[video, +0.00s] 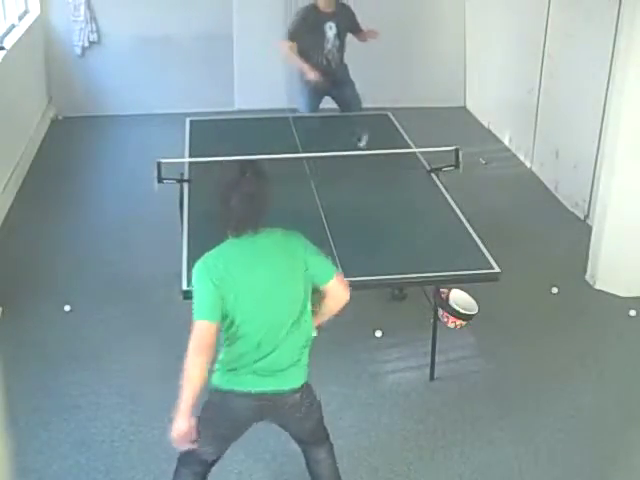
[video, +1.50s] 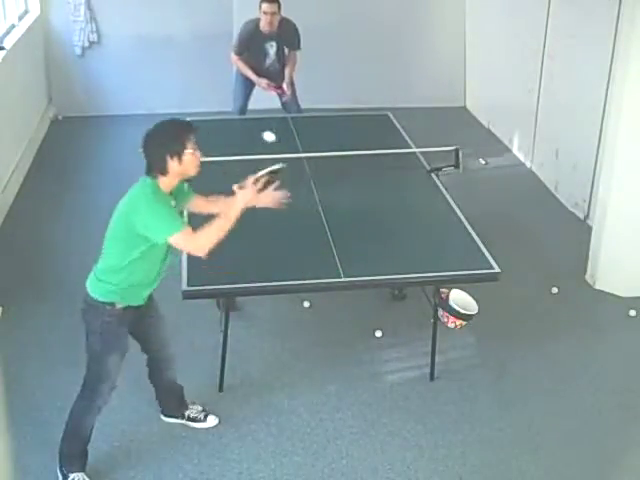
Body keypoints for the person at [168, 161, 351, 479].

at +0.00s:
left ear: (225, 207)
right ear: (264, 204)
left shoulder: (211, 266)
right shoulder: (295, 245)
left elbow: (202, 345)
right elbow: (340, 293)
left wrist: (184, 412)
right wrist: (310, 323)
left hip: (234, 399)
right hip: (292, 395)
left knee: (196, 461)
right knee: (318, 449)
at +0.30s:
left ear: (164, 232)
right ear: (208, 240)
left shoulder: (127, 281)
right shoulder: (222, 291)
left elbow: (83, 338)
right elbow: (232, 371)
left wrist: (73, 393)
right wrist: (244, 379)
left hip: (144, 430)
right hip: (205, 430)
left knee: (138, 474)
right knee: (246, 474)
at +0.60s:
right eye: (172, 264)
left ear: (122, 264)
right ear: (167, 276)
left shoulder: (83, 308)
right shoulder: (171, 342)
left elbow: (24, 368)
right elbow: (168, 431)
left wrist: (32, 405)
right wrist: (198, 414)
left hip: (55, 461)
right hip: (118, 470)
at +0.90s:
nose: (128, 288)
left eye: (127, 281)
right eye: (128, 282)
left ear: (73, 277)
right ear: (119, 295)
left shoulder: (33, 313)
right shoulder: (109, 360)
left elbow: (1, 354)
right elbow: (87, 448)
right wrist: (144, 449)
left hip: (8, 457)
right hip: (58, 471)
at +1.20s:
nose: (230, 187)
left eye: (230, 180)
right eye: (225, 180)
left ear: (210, 184)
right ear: (203, 184)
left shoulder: (214, 215)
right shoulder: (168, 220)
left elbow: (252, 251)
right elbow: (197, 281)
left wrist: (306, 254)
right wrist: (256, 289)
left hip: (161, 297)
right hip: (121, 300)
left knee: (191, 346)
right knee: (103, 377)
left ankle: (180, 409)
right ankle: (66, 459)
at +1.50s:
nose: (199, 154)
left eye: (196, 147)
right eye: (193, 149)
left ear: (171, 159)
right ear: (172, 160)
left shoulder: (173, 189)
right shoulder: (146, 204)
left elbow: (211, 205)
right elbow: (198, 247)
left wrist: (255, 199)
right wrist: (239, 204)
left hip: (139, 298)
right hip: (107, 305)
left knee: (161, 356)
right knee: (100, 387)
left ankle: (173, 409)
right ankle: (71, 464)